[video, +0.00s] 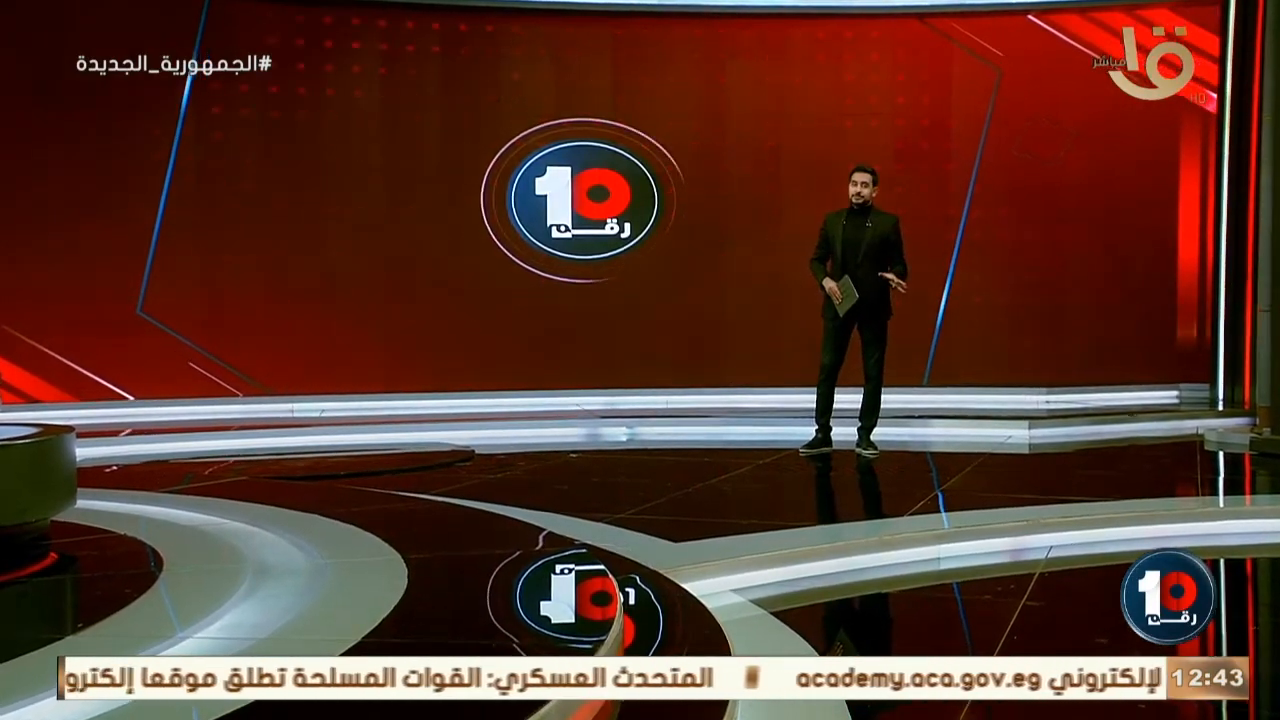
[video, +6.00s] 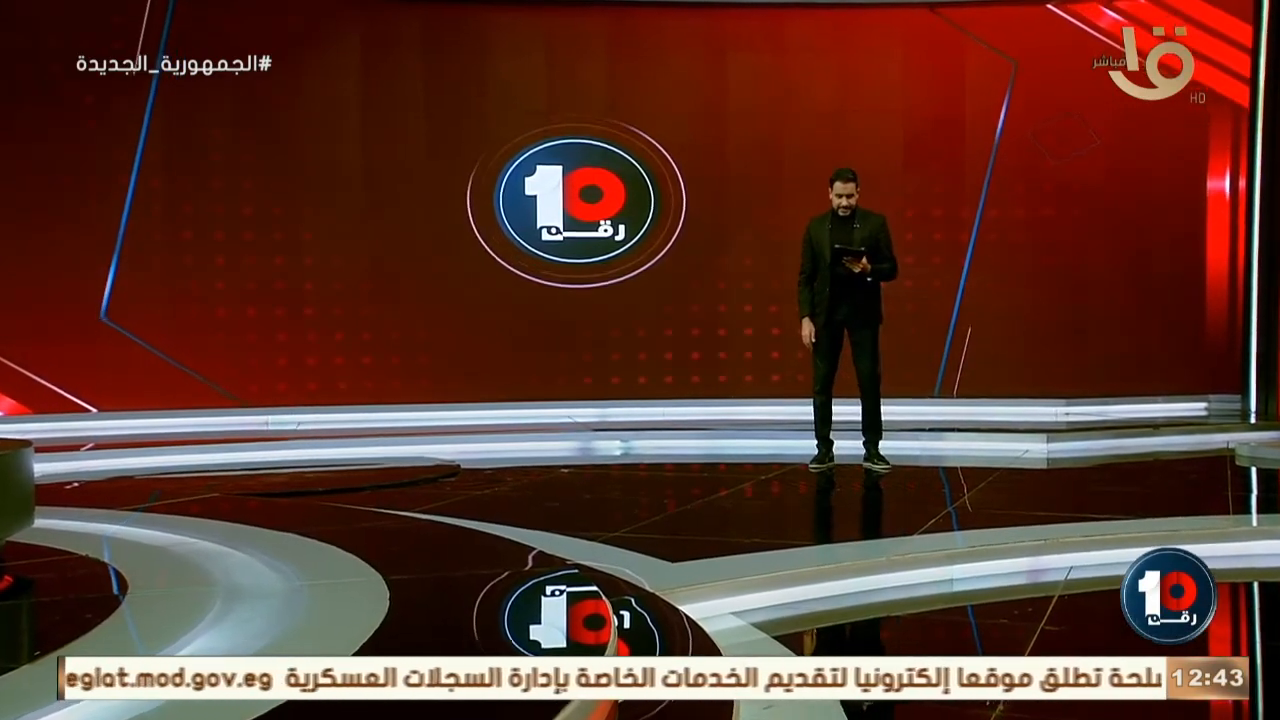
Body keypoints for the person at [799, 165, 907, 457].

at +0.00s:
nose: (858, 189)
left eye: (865, 185)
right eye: (854, 184)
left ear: (874, 190)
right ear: (848, 188)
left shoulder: (888, 223)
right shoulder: (833, 221)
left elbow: (899, 264)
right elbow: (816, 261)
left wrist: (896, 277)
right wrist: (825, 280)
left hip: (874, 309)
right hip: (839, 307)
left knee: (873, 374)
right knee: (828, 369)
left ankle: (865, 436)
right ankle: (822, 433)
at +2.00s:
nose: (835, 191)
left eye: (840, 186)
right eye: (830, 186)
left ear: (850, 189)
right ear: (822, 191)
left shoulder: (868, 223)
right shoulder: (812, 225)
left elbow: (885, 266)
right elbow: (797, 267)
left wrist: (877, 272)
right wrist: (808, 285)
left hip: (858, 309)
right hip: (821, 309)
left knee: (863, 376)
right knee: (817, 377)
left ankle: (868, 440)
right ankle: (819, 439)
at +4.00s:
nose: (856, 203)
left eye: (861, 198)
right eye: (851, 198)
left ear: (868, 196)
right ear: (841, 195)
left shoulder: (883, 224)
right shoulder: (826, 226)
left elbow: (898, 270)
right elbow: (811, 271)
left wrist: (879, 271)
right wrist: (827, 268)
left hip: (873, 314)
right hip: (836, 314)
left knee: (876, 381)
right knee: (828, 379)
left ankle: (872, 446)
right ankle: (822, 444)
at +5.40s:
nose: (864, 206)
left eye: (869, 200)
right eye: (859, 199)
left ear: (878, 197)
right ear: (850, 195)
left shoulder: (893, 226)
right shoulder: (836, 226)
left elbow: (906, 274)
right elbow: (822, 273)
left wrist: (883, 272)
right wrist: (824, 312)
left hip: (880, 317)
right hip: (844, 316)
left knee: (881, 383)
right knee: (833, 378)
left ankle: (873, 449)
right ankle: (825, 446)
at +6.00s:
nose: (845, 202)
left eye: (850, 195)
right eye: (839, 196)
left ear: (858, 195)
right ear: (830, 195)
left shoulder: (874, 224)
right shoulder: (817, 228)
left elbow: (891, 270)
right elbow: (806, 276)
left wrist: (870, 269)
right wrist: (805, 317)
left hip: (864, 317)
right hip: (827, 317)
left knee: (869, 383)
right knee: (822, 385)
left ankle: (872, 449)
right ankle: (823, 449)